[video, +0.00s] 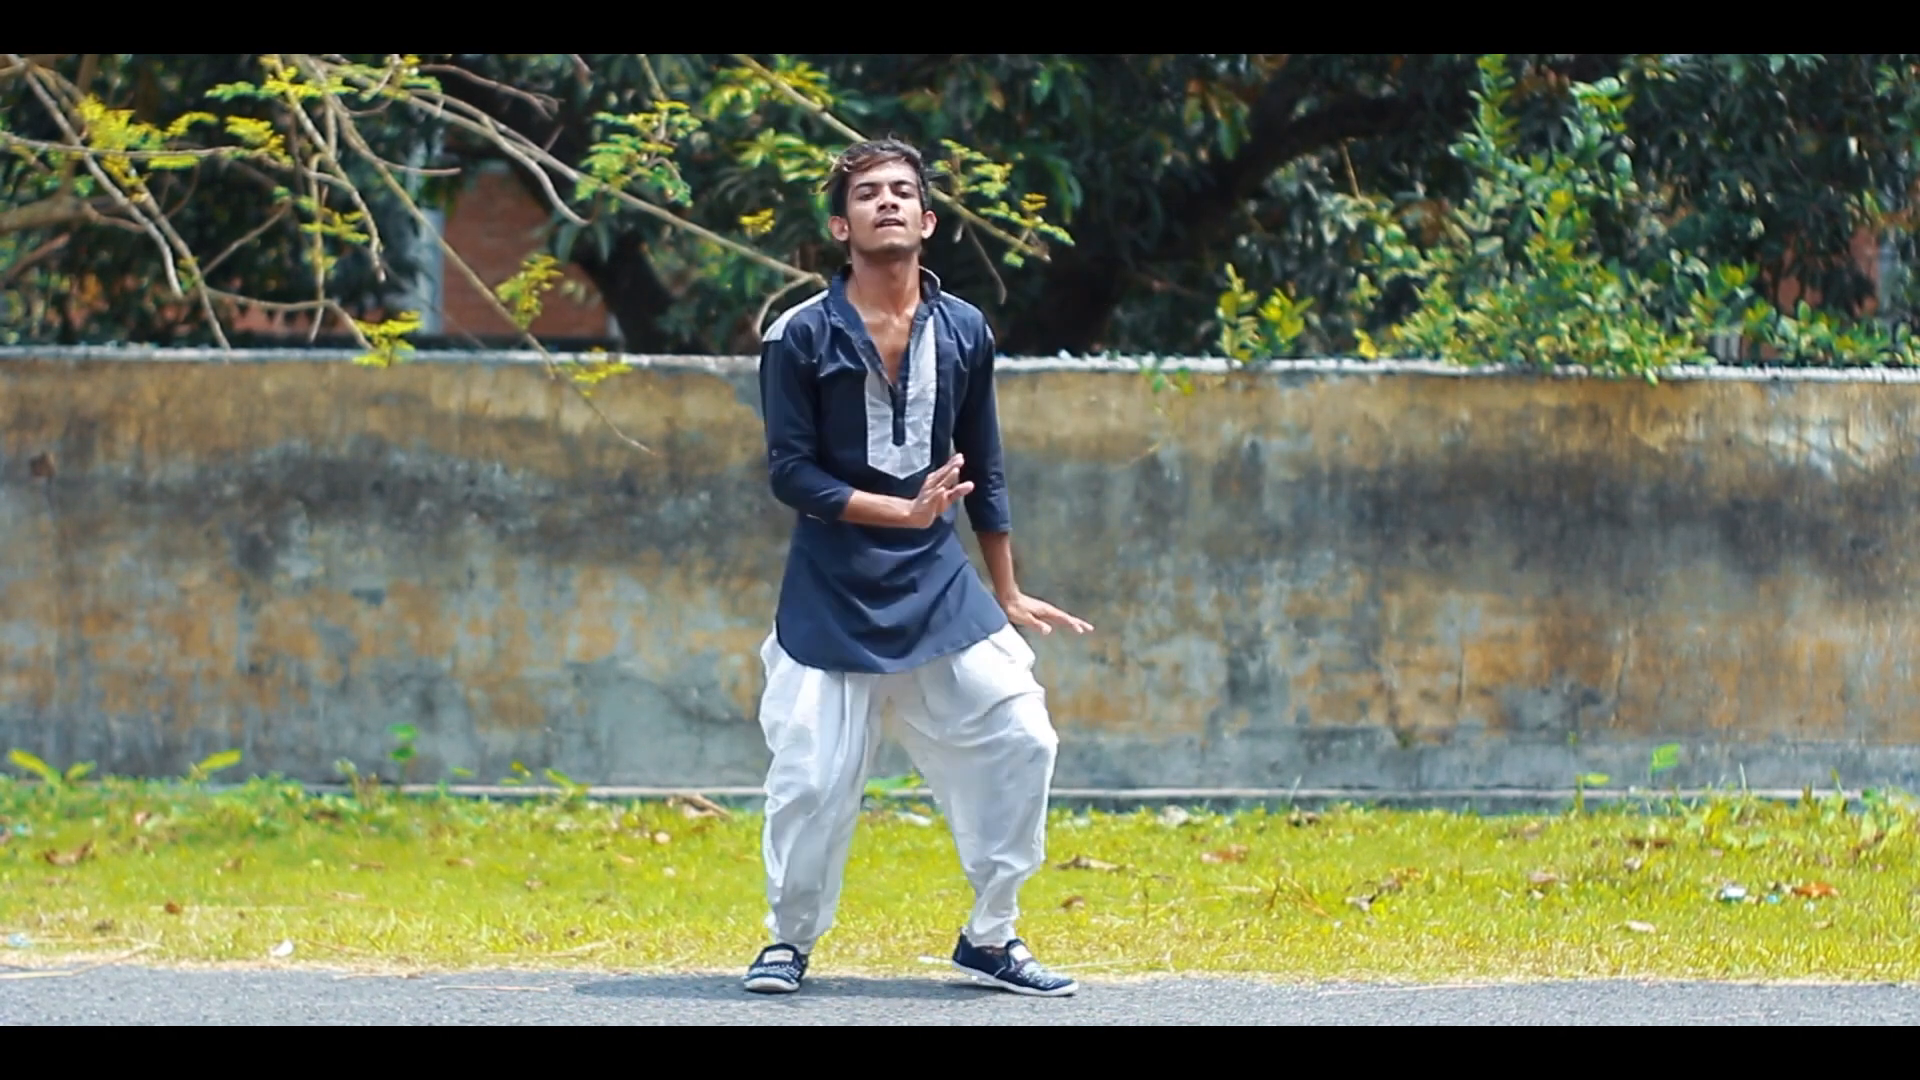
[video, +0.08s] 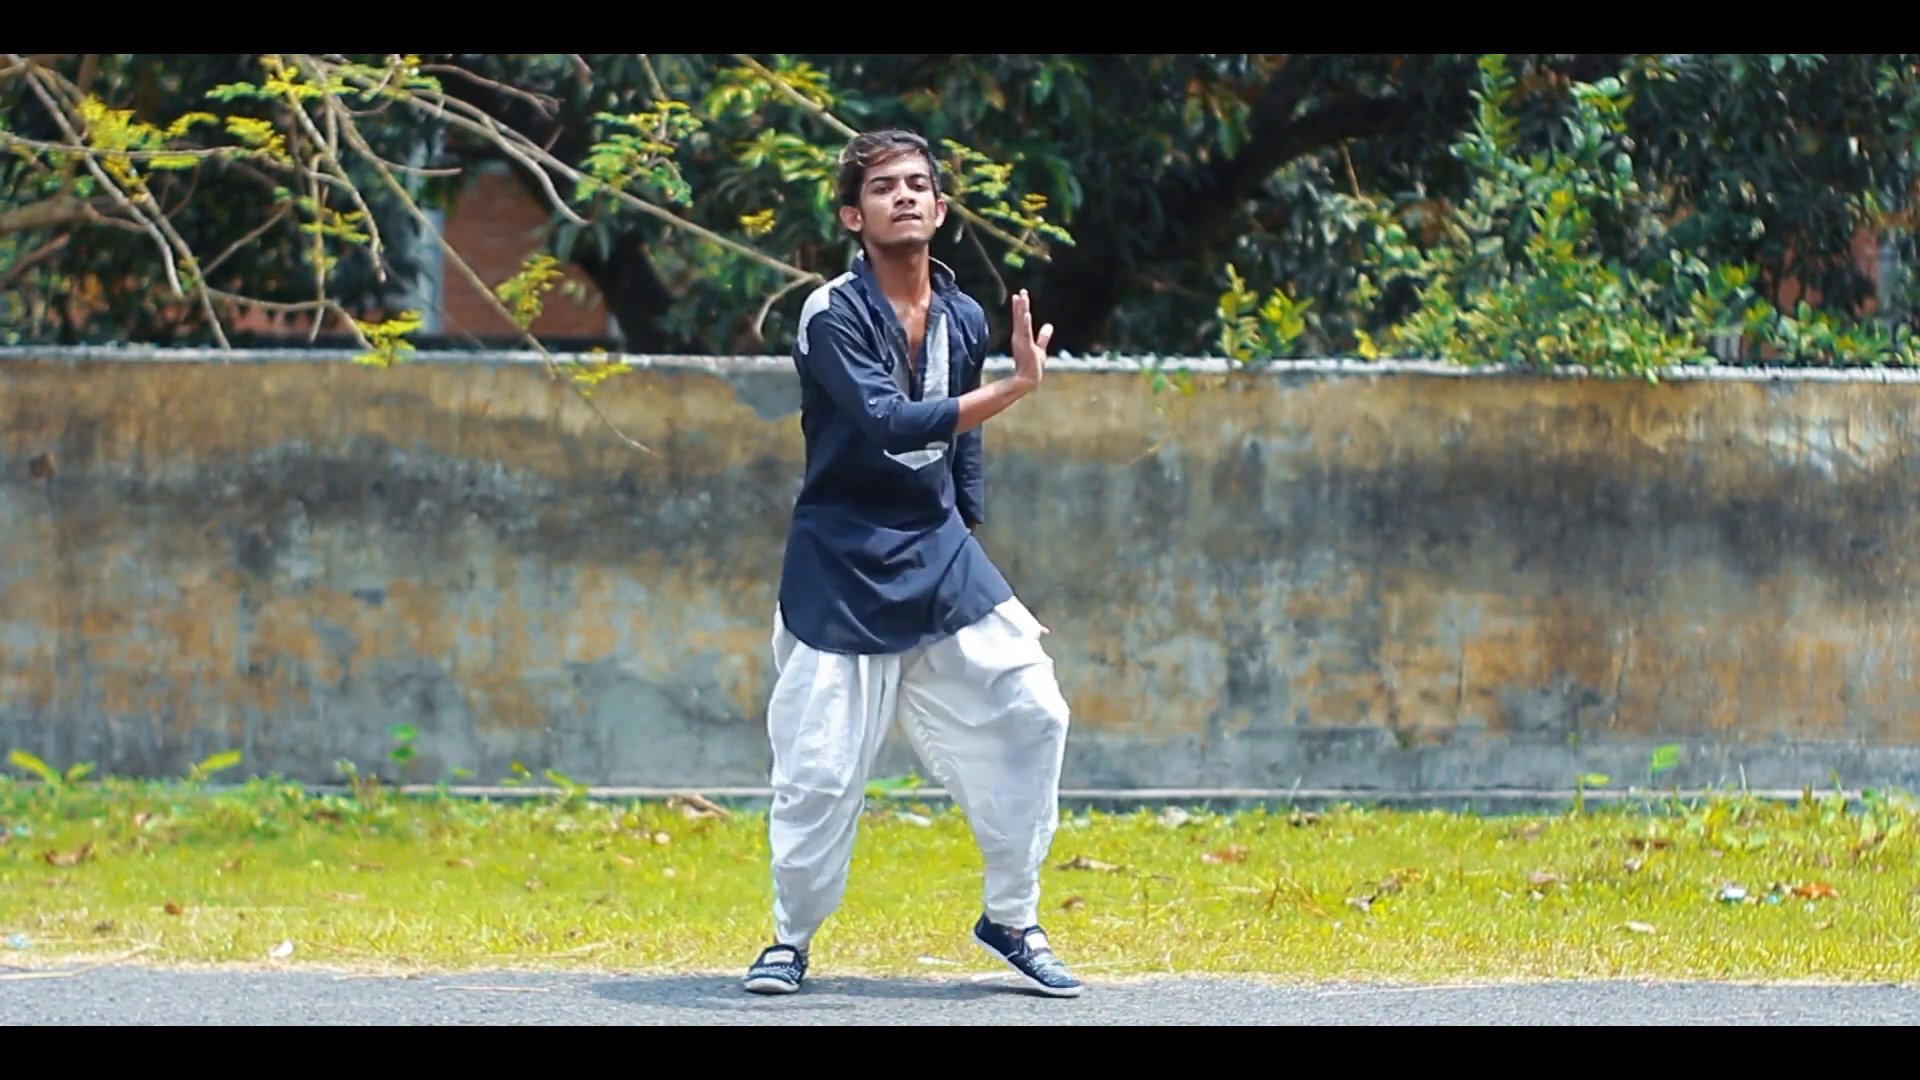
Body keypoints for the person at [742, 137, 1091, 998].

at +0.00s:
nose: (888, 202)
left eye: (902, 192)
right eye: (870, 195)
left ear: (928, 221)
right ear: (842, 228)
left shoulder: (963, 330)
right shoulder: (801, 336)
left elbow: (985, 465)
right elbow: (790, 471)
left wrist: (1008, 590)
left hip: (937, 582)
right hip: (833, 587)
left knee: (1024, 738)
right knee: (811, 779)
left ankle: (990, 936)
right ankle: (788, 943)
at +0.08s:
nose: (905, 198)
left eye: (917, 186)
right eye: (885, 187)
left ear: (939, 207)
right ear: (853, 214)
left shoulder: (964, 317)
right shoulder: (831, 313)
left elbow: (965, 445)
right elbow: (885, 423)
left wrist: (967, 546)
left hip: (937, 552)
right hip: (840, 560)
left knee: (1034, 712)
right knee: (818, 768)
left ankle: (1010, 917)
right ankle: (790, 942)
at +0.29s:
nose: (949, 183)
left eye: (961, 166)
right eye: (927, 172)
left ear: (984, 180)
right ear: (898, 197)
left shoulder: (998, 274)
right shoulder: (919, 285)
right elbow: (1020, 330)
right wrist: (1168, 299)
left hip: (972, 557)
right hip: (879, 557)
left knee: (1061, 725)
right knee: (815, 754)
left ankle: (1094, 935)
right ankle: (774, 929)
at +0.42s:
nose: (974, 233)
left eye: (987, 217)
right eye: (953, 221)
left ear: (1007, 229)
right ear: (923, 242)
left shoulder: (1019, 318)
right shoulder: (932, 345)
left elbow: (991, 441)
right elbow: (1041, 437)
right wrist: (1165, 392)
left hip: (1003, 598)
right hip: (910, 599)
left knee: (1118, 745)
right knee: (821, 786)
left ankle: (1094, 948)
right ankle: (764, 944)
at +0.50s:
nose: (985, 239)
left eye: (998, 223)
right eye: (964, 227)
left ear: (1018, 236)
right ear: (932, 250)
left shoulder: (1026, 332)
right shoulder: (936, 346)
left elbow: (982, 450)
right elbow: (1051, 433)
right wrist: (1179, 387)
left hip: (994, 587)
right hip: (908, 589)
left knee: (1111, 744)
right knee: (856, 794)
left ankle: (1092, 948)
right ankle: (769, 946)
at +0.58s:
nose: (993, 230)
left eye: (1005, 213)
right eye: (971, 219)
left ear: (1028, 224)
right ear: (944, 241)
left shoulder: (1037, 314)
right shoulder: (949, 328)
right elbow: (1073, 389)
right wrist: (1210, 351)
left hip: (992, 575)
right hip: (902, 576)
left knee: (1111, 719)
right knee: (843, 771)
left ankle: (1101, 921)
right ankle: (766, 943)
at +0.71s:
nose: (1013, 223)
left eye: (1025, 207)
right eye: (991, 212)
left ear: (1047, 220)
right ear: (963, 236)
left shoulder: (1064, 304)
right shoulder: (972, 321)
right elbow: (1097, 355)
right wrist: (1239, 346)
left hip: (1011, 585)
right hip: (910, 577)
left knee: (1101, 742)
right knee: (812, 752)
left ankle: (1110, 946)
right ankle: (761, 913)